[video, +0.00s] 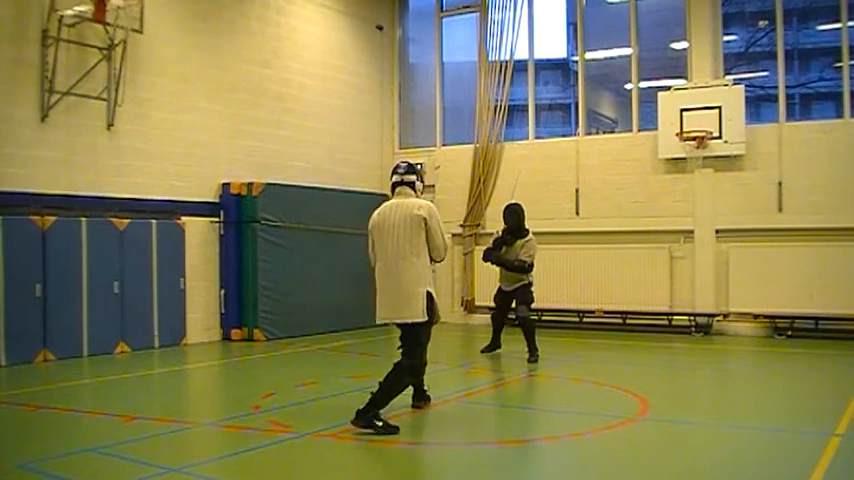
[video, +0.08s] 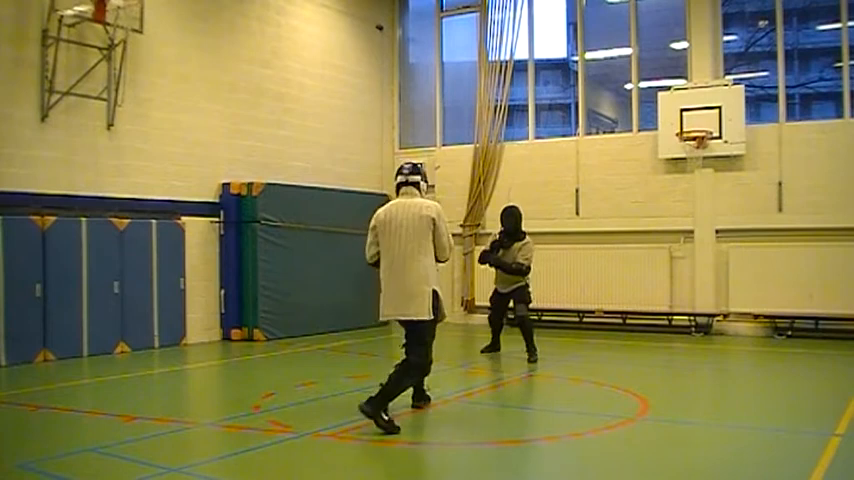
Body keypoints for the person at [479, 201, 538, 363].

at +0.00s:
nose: (507, 223)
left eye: (511, 219)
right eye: (505, 219)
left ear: (520, 219)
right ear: (504, 220)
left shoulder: (529, 241)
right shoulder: (501, 237)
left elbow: (526, 267)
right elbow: (487, 255)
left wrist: (500, 260)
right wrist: (502, 242)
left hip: (522, 285)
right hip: (505, 285)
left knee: (523, 316)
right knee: (497, 316)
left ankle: (532, 350)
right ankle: (495, 341)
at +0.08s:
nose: (505, 226)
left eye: (509, 222)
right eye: (503, 222)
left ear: (517, 222)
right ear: (501, 222)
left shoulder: (526, 244)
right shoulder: (498, 240)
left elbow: (523, 269)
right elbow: (483, 259)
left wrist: (497, 262)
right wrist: (497, 247)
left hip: (519, 286)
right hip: (501, 287)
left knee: (521, 316)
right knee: (495, 317)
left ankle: (531, 350)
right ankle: (495, 342)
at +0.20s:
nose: (507, 226)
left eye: (510, 223)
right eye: (504, 223)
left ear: (516, 223)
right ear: (500, 223)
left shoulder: (525, 245)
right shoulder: (493, 239)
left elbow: (522, 272)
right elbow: (479, 261)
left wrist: (498, 270)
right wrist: (497, 251)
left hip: (517, 286)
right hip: (498, 287)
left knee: (523, 315)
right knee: (493, 317)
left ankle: (521, 350)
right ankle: (495, 343)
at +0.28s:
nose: (508, 231)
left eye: (511, 228)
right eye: (505, 227)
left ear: (517, 224)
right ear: (501, 225)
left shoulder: (526, 243)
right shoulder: (493, 239)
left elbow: (527, 269)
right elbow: (479, 262)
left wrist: (507, 273)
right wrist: (492, 259)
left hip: (517, 286)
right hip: (497, 287)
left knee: (522, 315)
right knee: (493, 316)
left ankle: (518, 350)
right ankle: (494, 341)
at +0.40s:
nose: (510, 230)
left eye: (513, 227)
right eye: (507, 227)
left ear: (520, 222)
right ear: (503, 222)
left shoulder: (528, 239)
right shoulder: (496, 236)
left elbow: (534, 262)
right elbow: (487, 261)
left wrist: (521, 269)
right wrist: (499, 255)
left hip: (519, 287)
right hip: (498, 286)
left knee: (525, 318)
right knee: (484, 318)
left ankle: (518, 351)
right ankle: (487, 333)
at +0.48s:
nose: (511, 230)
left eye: (514, 226)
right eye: (508, 226)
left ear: (520, 221)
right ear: (503, 222)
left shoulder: (528, 237)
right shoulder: (496, 236)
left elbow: (535, 258)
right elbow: (490, 257)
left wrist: (522, 264)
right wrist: (504, 252)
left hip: (520, 287)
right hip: (497, 286)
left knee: (527, 319)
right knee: (483, 319)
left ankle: (518, 351)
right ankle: (482, 338)